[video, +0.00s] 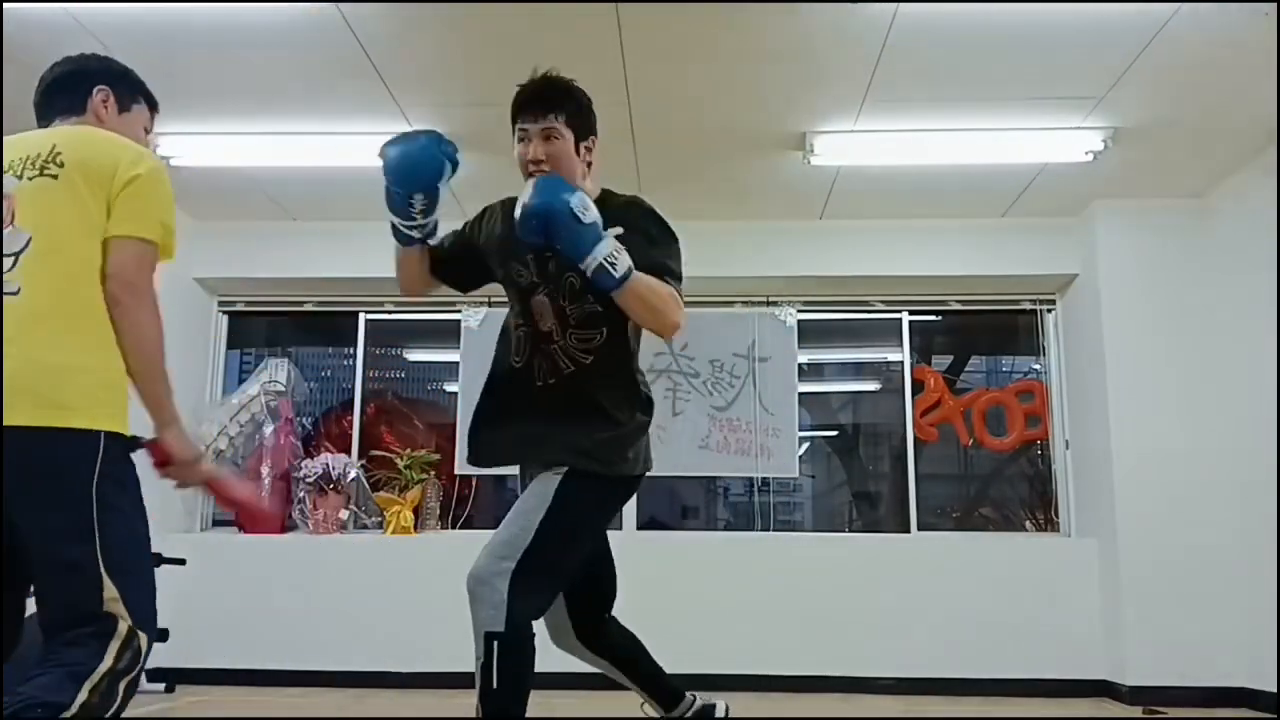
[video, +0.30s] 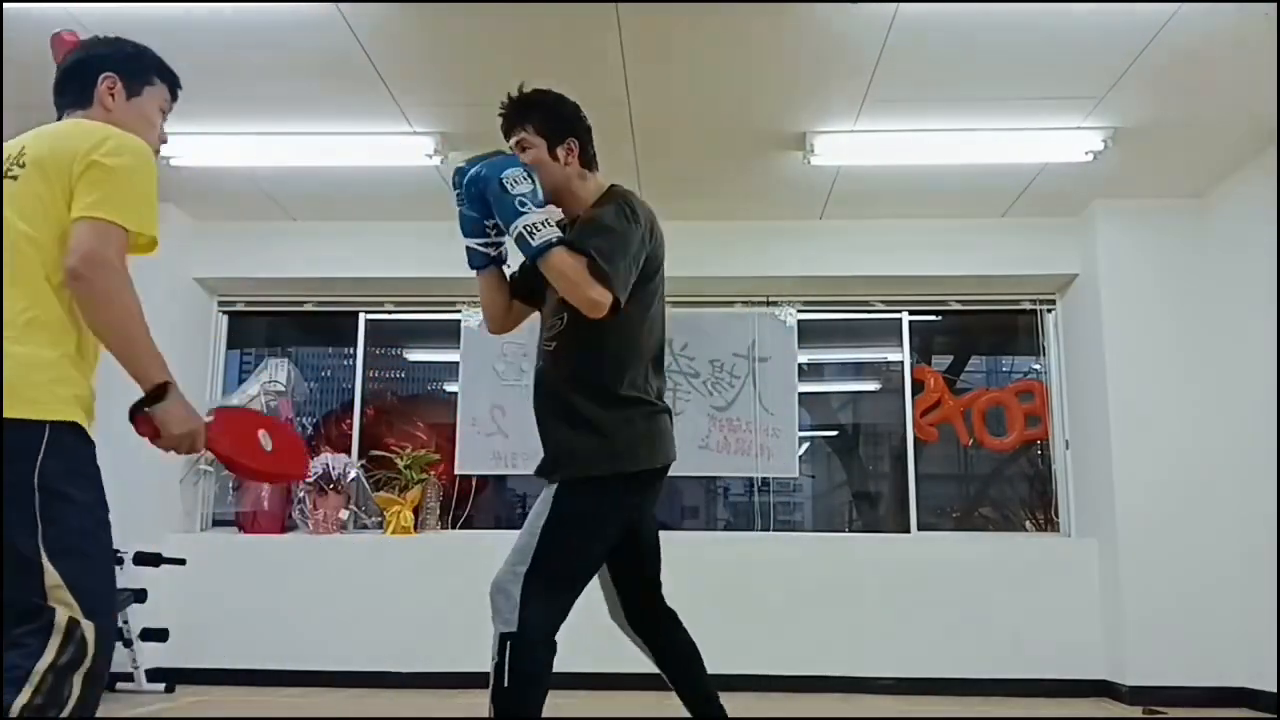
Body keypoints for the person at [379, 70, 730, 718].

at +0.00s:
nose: (534, 150)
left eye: (550, 136)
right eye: (524, 137)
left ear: (588, 150)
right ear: (515, 148)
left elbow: (669, 320)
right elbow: (415, 282)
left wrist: (594, 251)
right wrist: (413, 213)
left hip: (604, 446)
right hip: (543, 445)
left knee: (498, 585)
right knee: (578, 624)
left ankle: (500, 717)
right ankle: (683, 708)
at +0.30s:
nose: (517, 169)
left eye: (526, 152)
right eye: (513, 157)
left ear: (570, 151)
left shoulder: (621, 215)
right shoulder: (572, 233)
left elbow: (593, 296)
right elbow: (501, 317)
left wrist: (526, 219)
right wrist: (480, 234)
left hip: (615, 453)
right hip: (612, 451)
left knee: (523, 600)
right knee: (641, 607)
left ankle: (513, 715)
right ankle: (713, 715)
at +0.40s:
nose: (513, 154)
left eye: (522, 137)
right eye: (511, 142)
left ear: (564, 136)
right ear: (564, 141)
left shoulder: (597, 194)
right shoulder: (601, 207)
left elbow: (560, 257)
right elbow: (529, 313)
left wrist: (497, 191)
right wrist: (494, 236)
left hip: (605, 442)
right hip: (649, 439)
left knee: (533, 599)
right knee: (668, 594)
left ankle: (515, 713)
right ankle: (718, 713)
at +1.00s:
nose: (683, 183)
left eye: (686, 163)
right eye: (677, 169)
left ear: (715, 154)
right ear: (732, 162)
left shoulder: (754, 203)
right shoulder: (745, 234)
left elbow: (696, 138)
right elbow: (683, 324)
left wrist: (688, 88)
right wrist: (669, 247)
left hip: (757, 444)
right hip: (788, 445)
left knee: (678, 609)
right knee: (820, 597)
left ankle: (707, 716)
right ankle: (908, 711)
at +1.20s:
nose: (756, 187)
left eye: (757, 170)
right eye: (749, 176)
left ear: (784, 164)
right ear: (763, 182)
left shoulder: (835, 210)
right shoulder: (798, 240)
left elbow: (786, 177)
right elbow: (750, 309)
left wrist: (767, 121)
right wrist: (732, 238)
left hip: (858, 432)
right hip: (859, 432)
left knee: (804, 592)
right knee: (887, 591)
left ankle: (793, 713)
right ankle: (943, 712)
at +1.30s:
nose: (779, 188)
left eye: (781, 171)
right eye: (773, 179)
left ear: (810, 159)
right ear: (786, 184)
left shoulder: (861, 200)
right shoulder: (818, 233)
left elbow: (814, 173)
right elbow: (772, 299)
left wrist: (786, 121)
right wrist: (750, 223)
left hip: (889, 417)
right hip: (894, 417)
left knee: (840, 578)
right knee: (936, 579)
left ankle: (871, 711)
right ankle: (981, 707)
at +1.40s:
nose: (812, 194)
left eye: (817, 179)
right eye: (804, 185)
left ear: (844, 176)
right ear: (810, 195)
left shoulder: (887, 227)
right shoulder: (845, 256)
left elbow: (860, 198)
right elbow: (799, 320)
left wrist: (831, 141)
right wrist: (785, 246)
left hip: (907, 444)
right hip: (913, 443)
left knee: (852, 606)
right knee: (977, 584)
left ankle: (890, 715)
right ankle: (1050, 702)